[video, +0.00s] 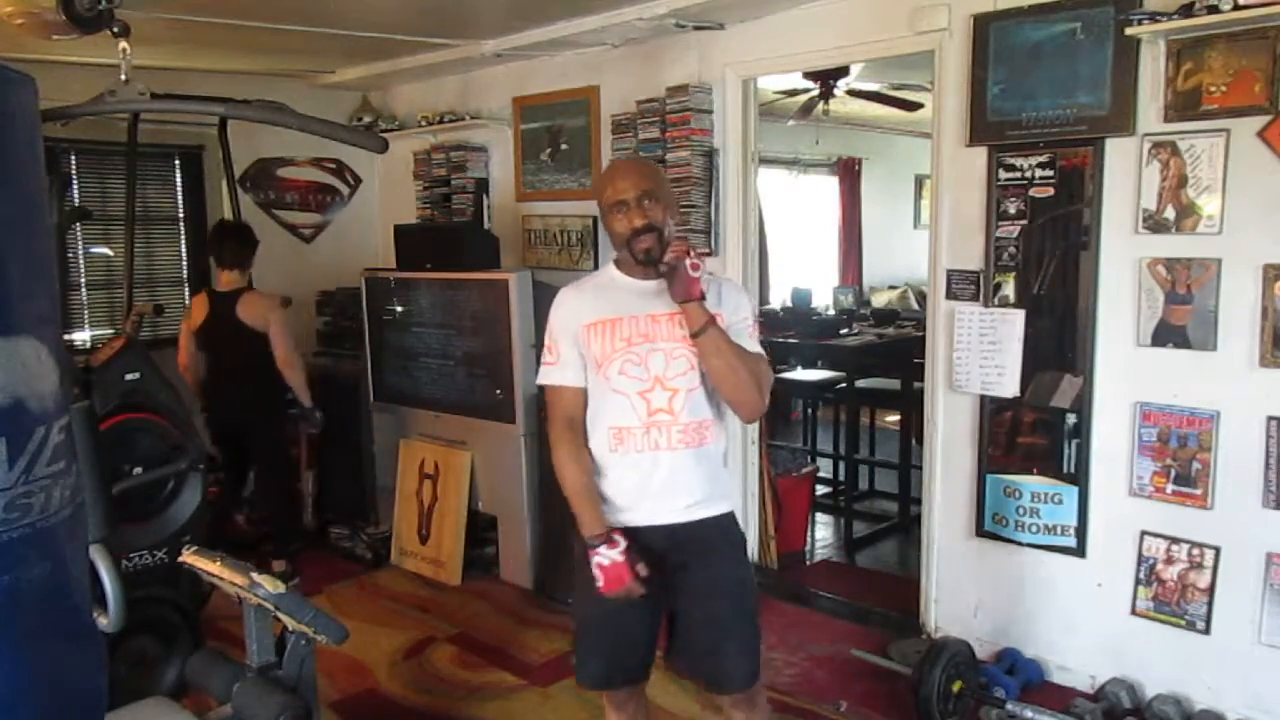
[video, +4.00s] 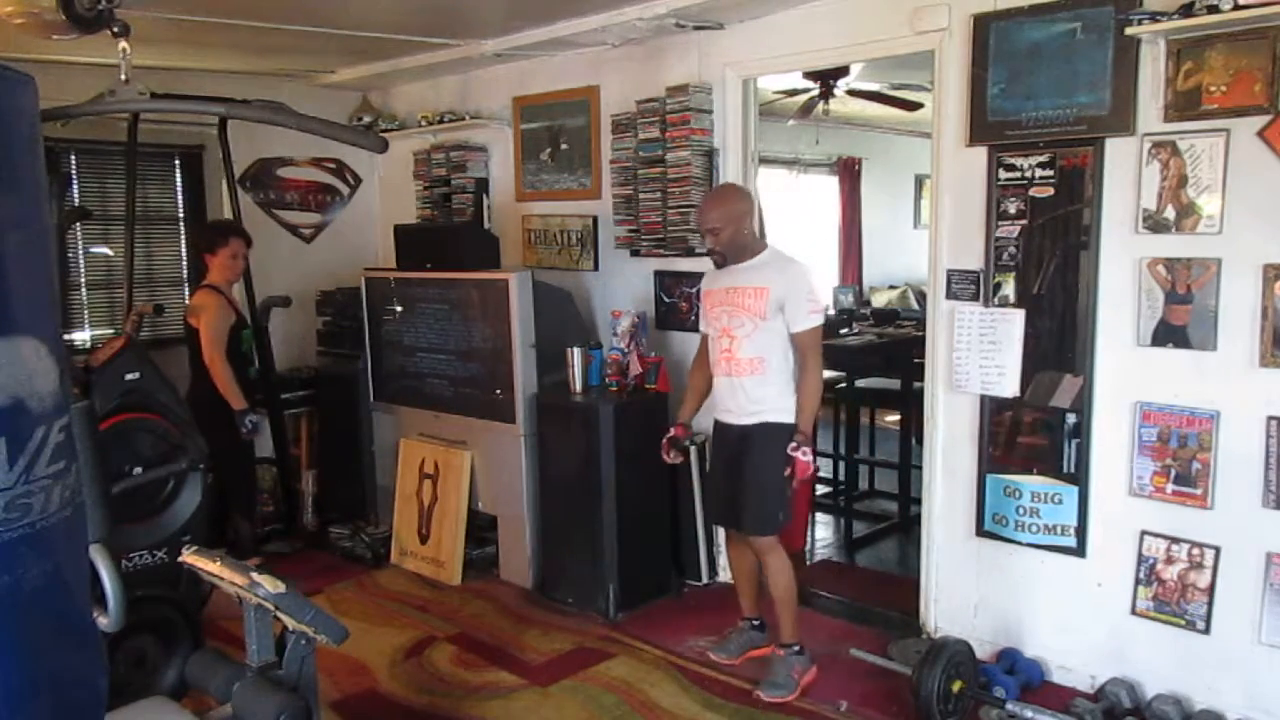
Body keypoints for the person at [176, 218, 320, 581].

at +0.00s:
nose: (250, 261)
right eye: (251, 255)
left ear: (213, 258)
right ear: (250, 258)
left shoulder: (198, 306)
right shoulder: (266, 306)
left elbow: (186, 362)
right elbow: (286, 362)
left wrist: (200, 396)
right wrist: (308, 405)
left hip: (221, 411)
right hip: (263, 411)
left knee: (231, 476)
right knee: (276, 482)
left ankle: (216, 545)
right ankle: (278, 557)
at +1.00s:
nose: (236, 268)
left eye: (236, 261)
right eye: (235, 261)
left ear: (199, 261)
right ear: (229, 265)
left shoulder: (189, 300)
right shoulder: (218, 306)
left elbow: (194, 358)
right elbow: (221, 362)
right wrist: (245, 406)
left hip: (199, 397)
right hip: (218, 401)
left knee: (217, 472)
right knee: (237, 472)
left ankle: (216, 542)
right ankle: (241, 548)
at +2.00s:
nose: (237, 265)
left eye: (238, 258)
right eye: (230, 257)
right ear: (207, 259)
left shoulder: (203, 298)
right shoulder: (211, 303)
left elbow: (211, 357)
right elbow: (214, 359)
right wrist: (240, 407)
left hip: (206, 403)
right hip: (217, 406)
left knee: (222, 477)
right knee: (236, 477)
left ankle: (221, 546)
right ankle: (244, 549)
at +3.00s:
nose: (239, 261)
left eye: (241, 254)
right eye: (231, 254)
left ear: (242, 258)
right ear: (208, 259)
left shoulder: (208, 297)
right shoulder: (214, 303)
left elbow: (214, 357)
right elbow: (215, 360)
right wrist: (240, 410)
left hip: (209, 402)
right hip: (220, 405)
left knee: (227, 478)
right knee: (239, 479)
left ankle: (224, 548)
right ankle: (248, 553)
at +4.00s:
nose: (241, 265)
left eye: (244, 257)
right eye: (233, 257)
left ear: (245, 258)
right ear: (210, 259)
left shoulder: (218, 296)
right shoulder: (212, 303)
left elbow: (224, 356)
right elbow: (215, 360)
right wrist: (242, 408)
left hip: (213, 400)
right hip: (217, 404)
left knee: (230, 476)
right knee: (236, 477)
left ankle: (231, 546)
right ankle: (240, 549)